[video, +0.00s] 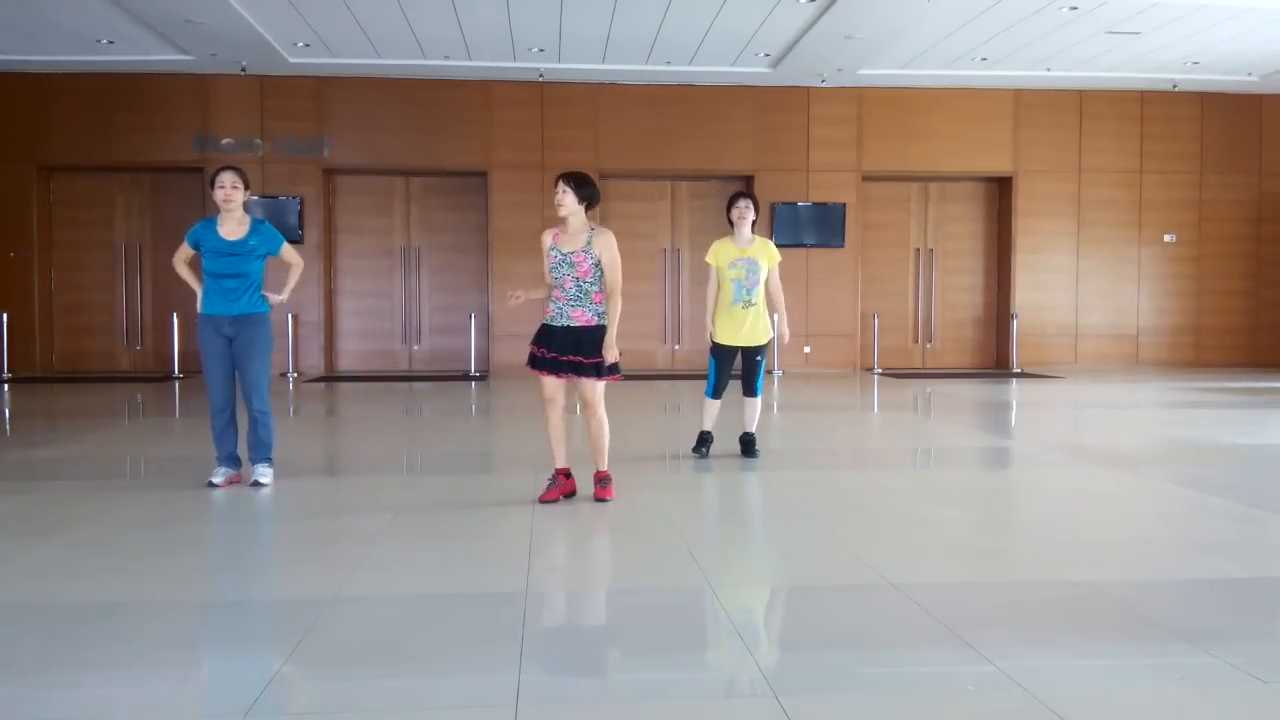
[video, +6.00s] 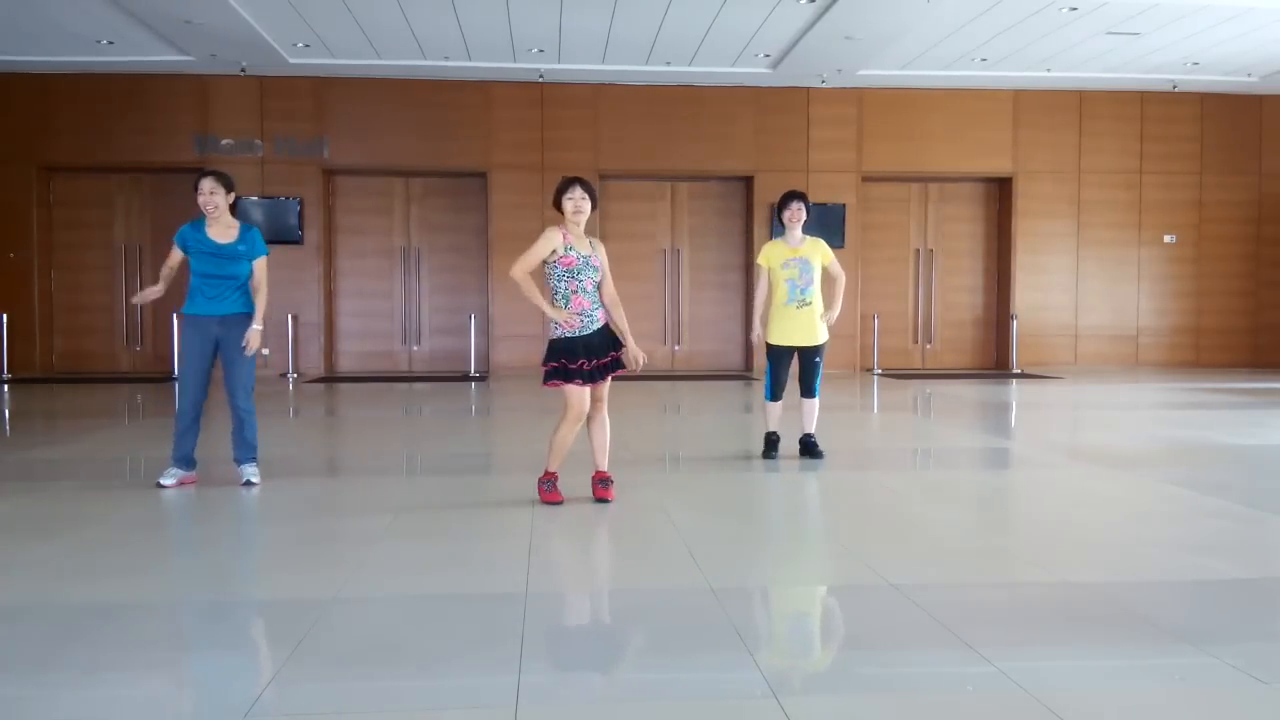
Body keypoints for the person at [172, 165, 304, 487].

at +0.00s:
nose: (227, 192)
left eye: (233, 187)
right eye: (221, 187)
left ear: (245, 193)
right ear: (213, 194)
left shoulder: (262, 230)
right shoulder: (203, 230)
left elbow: (297, 262)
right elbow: (178, 260)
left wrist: (283, 295)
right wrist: (199, 289)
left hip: (252, 321)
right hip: (212, 322)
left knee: (256, 397)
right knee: (219, 398)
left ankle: (262, 464)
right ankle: (228, 465)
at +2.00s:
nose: (258, 199)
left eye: (261, 193)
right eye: (252, 193)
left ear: (262, 196)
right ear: (232, 194)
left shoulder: (270, 233)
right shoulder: (210, 231)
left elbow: (300, 266)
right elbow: (175, 261)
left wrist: (293, 298)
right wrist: (204, 288)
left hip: (264, 321)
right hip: (222, 322)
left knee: (263, 396)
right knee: (223, 397)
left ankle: (268, 464)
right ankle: (224, 465)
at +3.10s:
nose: (247, 203)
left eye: (248, 196)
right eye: (241, 196)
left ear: (245, 199)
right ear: (222, 197)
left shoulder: (251, 236)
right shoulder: (195, 231)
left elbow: (286, 265)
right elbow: (152, 259)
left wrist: (326, 281)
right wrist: (184, 289)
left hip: (243, 321)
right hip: (203, 322)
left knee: (248, 395)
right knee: (209, 397)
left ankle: (256, 464)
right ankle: (215, 465)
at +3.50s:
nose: (241, 202)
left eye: (241, 196)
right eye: (235, 196)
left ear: (232, 199)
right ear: (215, 198)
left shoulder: (243, 237)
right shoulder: (191, 233)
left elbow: (271, 277)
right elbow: (148, 263)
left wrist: (303, 295)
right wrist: (183, 291)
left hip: (241, 324)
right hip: (203, 324)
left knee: (250, 395)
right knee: (209, 399)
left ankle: (245, 465)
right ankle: (215, 467)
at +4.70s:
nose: (231, 198)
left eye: (233, 193)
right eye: (224, 193)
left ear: (234, 197)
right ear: (205, 197)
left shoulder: (246, 232)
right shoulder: (185, 235)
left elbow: (265, 278)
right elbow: (159, 266)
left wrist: (274, 320)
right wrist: (185, 291)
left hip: (241, 322)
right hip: (202, 324)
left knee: (245, 398)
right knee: (196, 398)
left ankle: (249, 463)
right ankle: (184, 465)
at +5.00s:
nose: (217, 202)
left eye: (220, 196)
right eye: (210, 196)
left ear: (223, 199)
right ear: (191, 199)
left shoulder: (230, 237)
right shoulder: (170, 232)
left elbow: (236, 285)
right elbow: (139, 260)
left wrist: (228, 328)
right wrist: (161, 288)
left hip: (211, 323)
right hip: (172, 324)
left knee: (225, 397)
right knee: (177, 398)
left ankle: (245, 461)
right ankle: (182, 466)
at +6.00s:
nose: (207, 200)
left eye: (213, 193)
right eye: (202, 194)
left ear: (230, 197)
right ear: (197, 199)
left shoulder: (250, 235)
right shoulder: (188, 233)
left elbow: (260, 284)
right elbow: (170, 265)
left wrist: (257, 325)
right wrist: (161, 287)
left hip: (237, 323)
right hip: (196, 323)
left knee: (241, 397)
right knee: (189, 395)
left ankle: (247, 462)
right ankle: (184, 465)